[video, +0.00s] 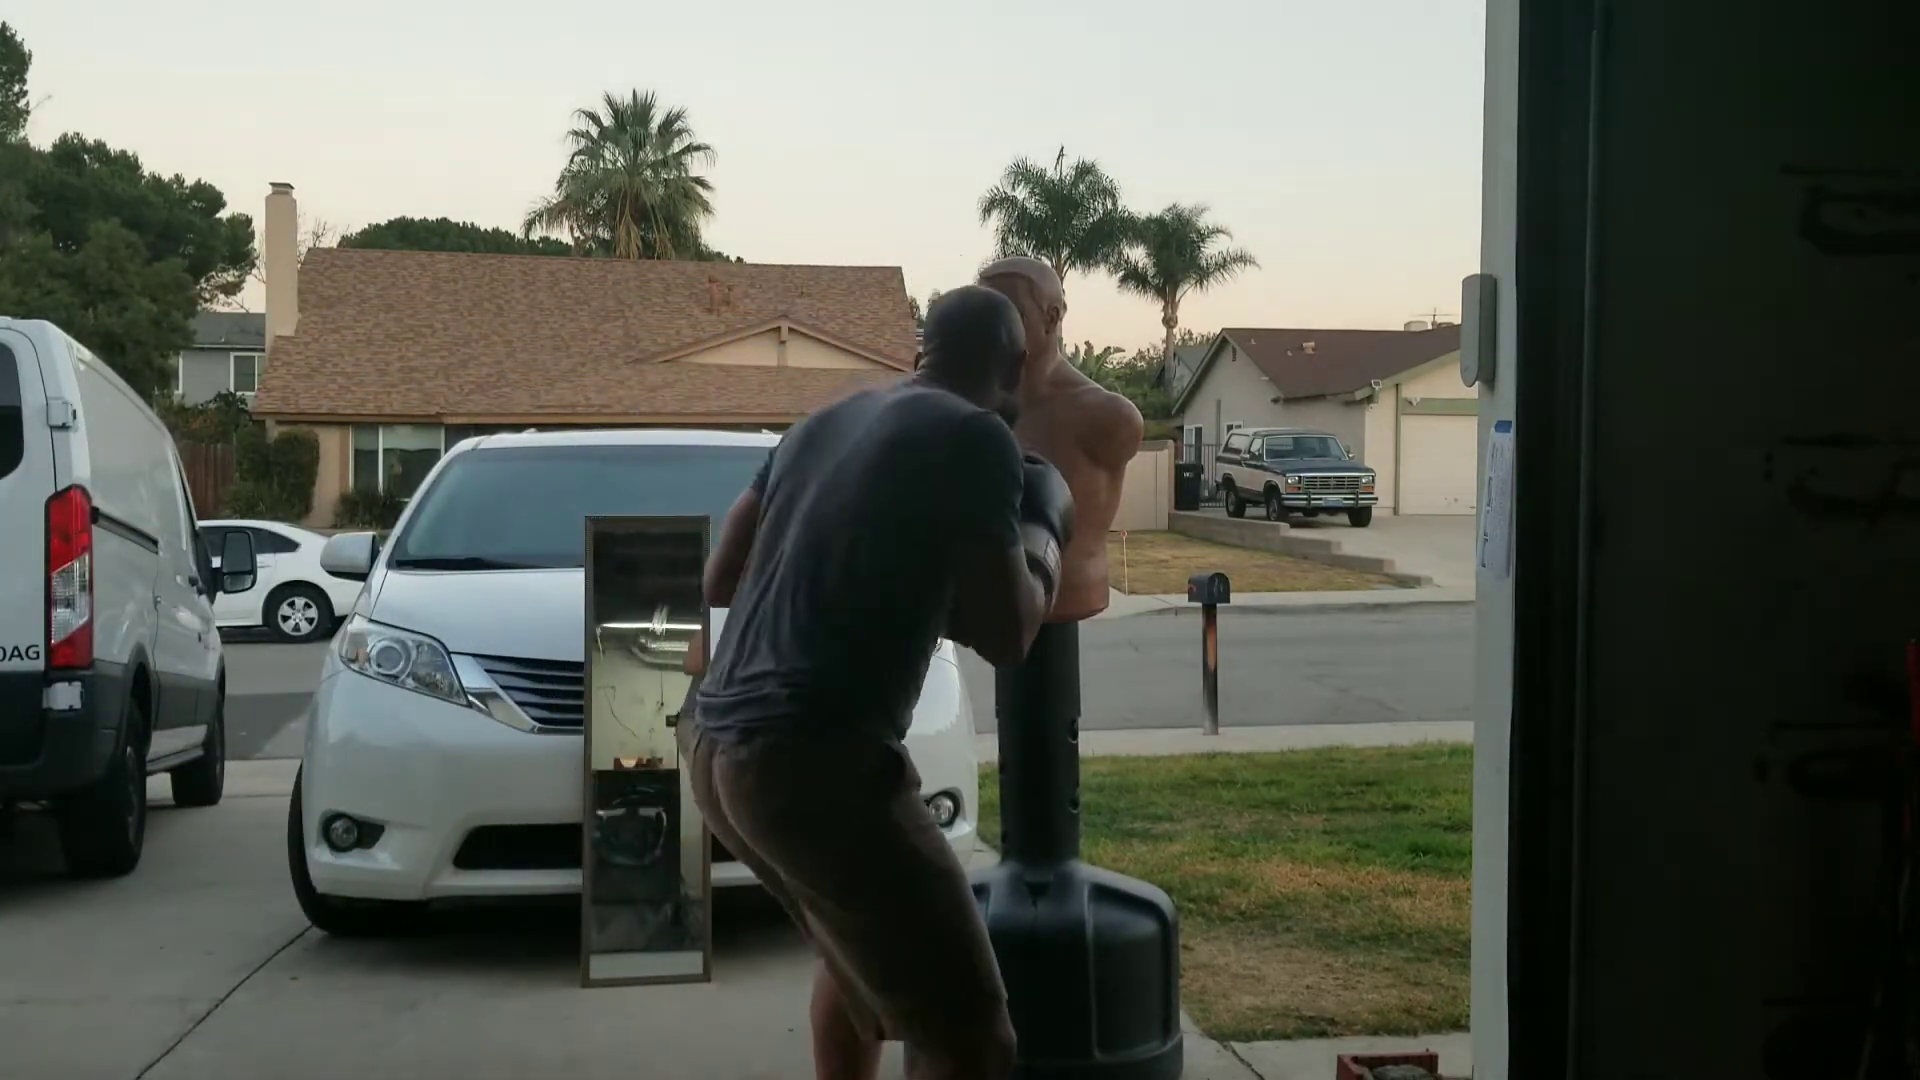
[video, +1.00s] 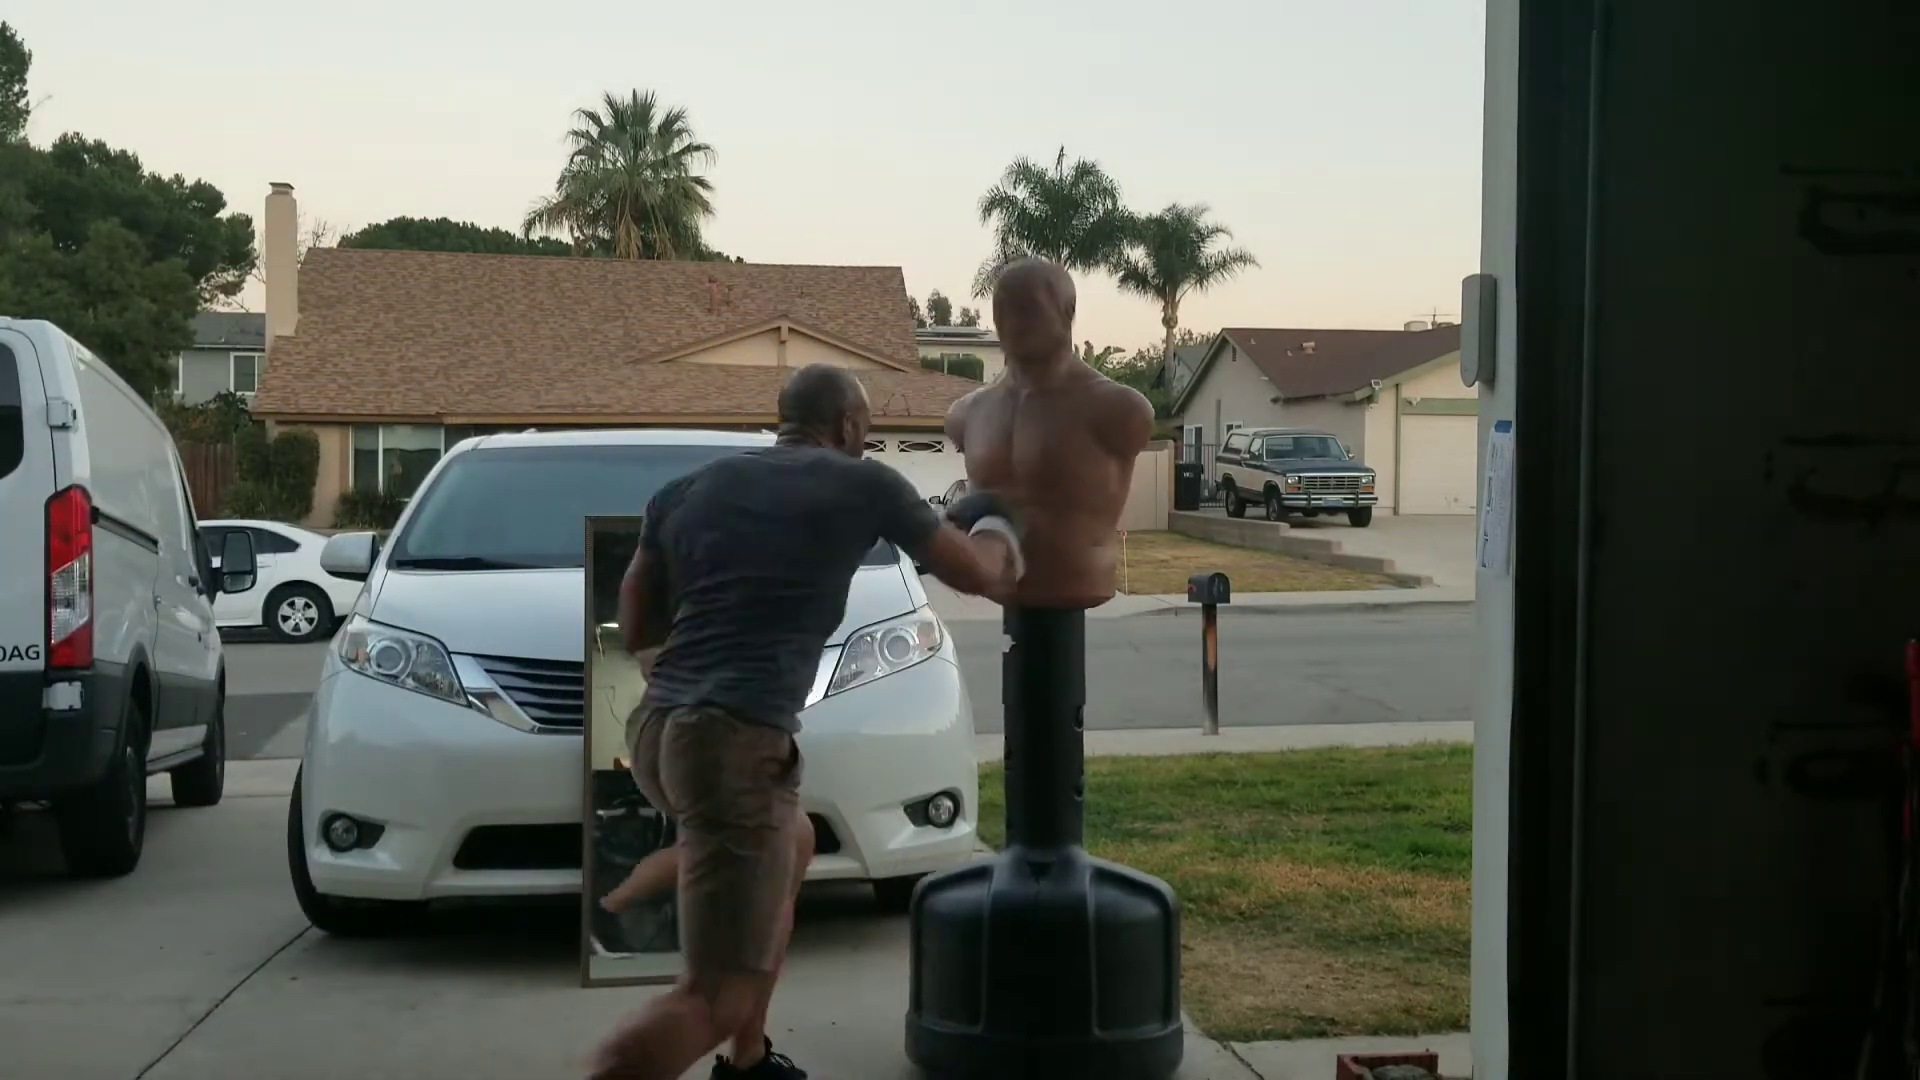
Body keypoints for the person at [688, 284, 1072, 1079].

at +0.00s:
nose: (1022, 396)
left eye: (1023, 374)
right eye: (1024, 374)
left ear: (921, 354)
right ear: (1009, 369)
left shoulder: (821, 422)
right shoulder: (975, 437)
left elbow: (721, 582)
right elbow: (1006, 637)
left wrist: (856, 560)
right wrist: (1039, 524)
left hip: (718, 757)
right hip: (821, 764)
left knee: (854, 965)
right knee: (969, 1034)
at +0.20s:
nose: (983, 337)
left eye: (983, 322)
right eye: (980, 323)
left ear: (875, 328)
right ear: (966, 328)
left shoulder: (772, 404)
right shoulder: (976, 401)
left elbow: (717, 575)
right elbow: (1061, 553)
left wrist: (826, 525)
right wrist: (1063, 435)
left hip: (737, 740)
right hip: (837, 750)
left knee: (844, 908)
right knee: (947, 1030)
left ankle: (821, 1074)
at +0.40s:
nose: (961, 351)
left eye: (960, 339)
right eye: (958, 337)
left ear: (857, 333)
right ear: (942, 336)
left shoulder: (770, 400)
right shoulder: (939, 405)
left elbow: (779, 527)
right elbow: (1045, 518)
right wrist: (1047, 402)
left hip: (715, 721)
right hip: (805, 732)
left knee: (825, 918)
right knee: (962, 985)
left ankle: (801, 1073)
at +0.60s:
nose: (938, 383)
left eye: (936, 369)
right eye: (937, 368)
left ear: (848, 356)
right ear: (920, 365)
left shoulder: (771, 419)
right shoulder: (892, 436)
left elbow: (722, 501)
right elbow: (963, 593)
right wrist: (990, 473)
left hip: (744, 715)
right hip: (772, 732)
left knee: (870, 853)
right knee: (863, 995)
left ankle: (768, 1053)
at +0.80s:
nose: (897, 423)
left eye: (898, 411)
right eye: (896, 411)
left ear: (812, 403)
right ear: (878, 412)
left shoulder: (752, 452)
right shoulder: (838, 478)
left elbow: (883, 426)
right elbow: (914, 603)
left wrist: (945, 395)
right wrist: (952, 532)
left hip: (688, 734)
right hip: (762, 743)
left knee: (776, 896)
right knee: (817, 996)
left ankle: (770, 1055)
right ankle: (741, 1068)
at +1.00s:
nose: (868, 443)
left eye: (869, 433)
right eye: (866, 432)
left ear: (781, 426)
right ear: (848, 427)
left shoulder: (688, 490)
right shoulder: (863, 483)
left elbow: (638, 633)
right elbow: (985, 574)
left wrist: (717, 588)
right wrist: (996, 526)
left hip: (655, 737)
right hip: (735, 743)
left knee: (791, 842)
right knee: (721, 1000)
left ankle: (744, 1053)